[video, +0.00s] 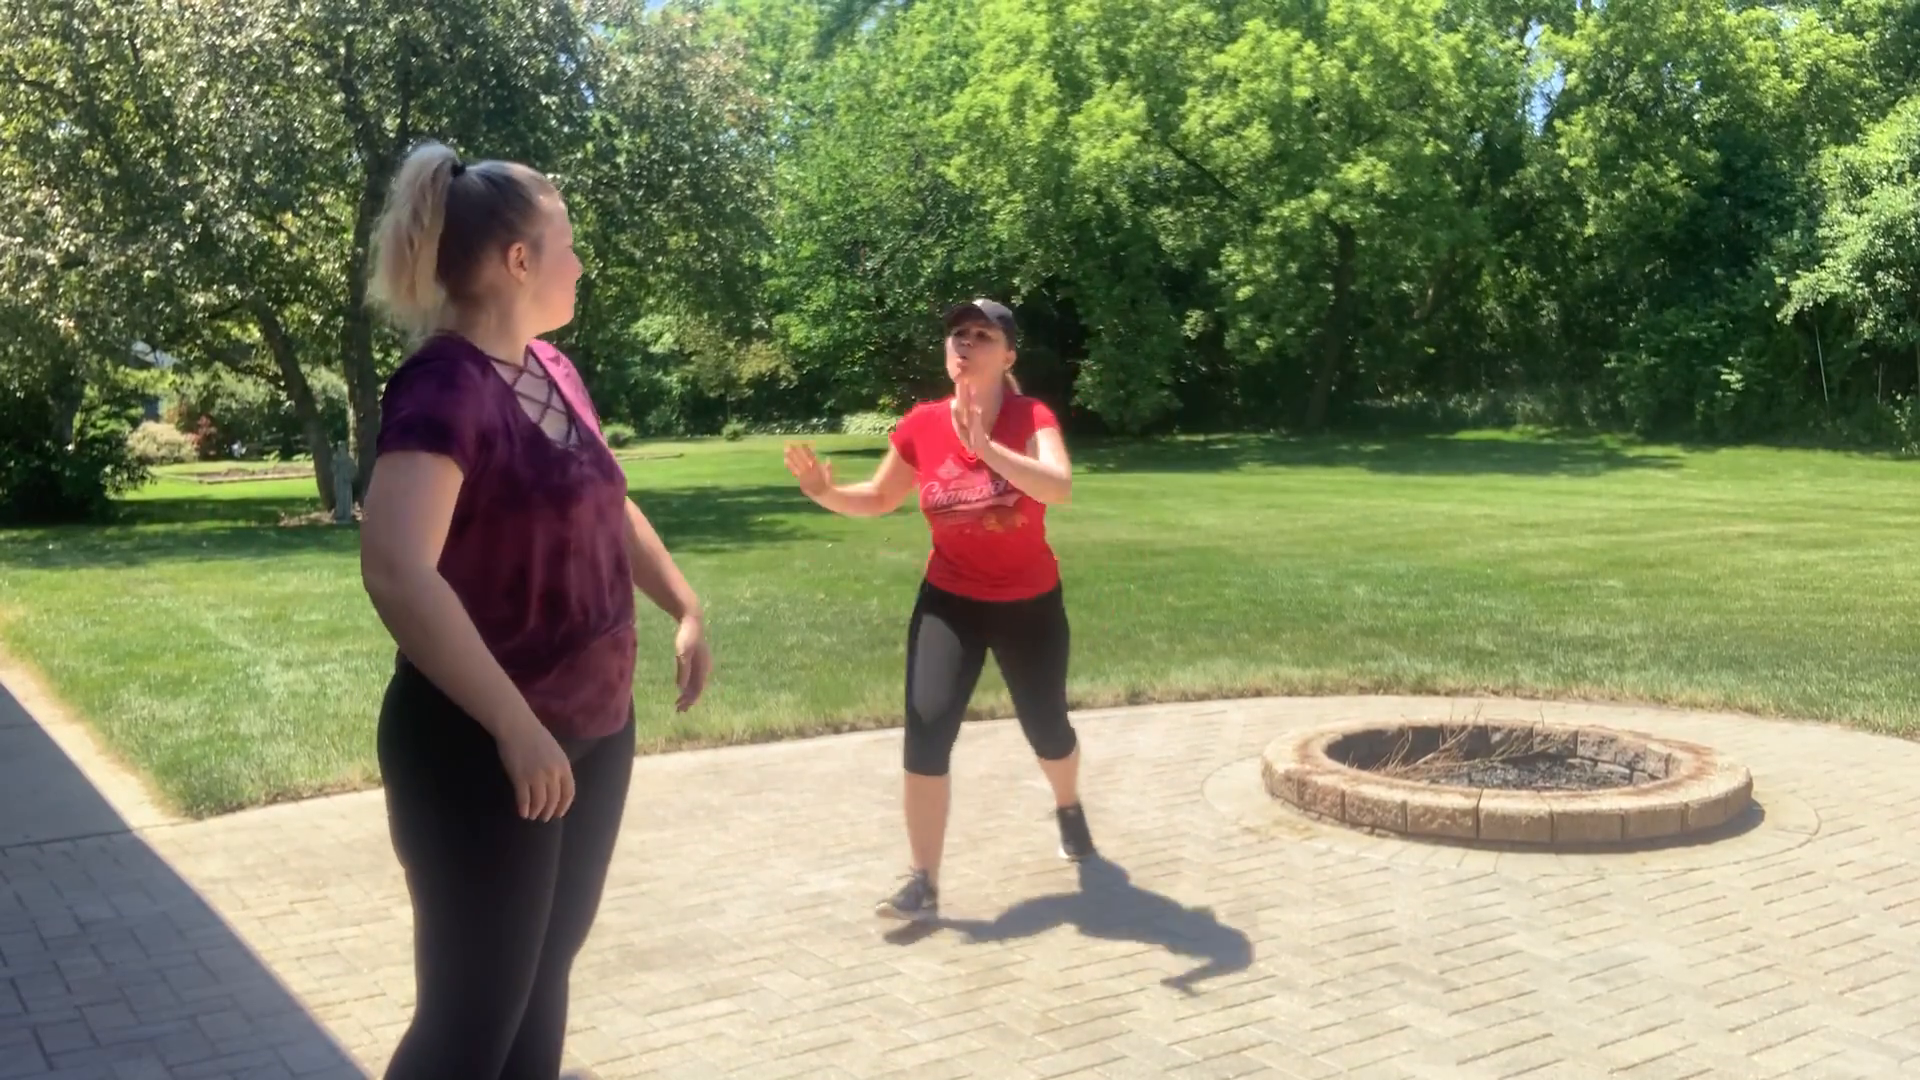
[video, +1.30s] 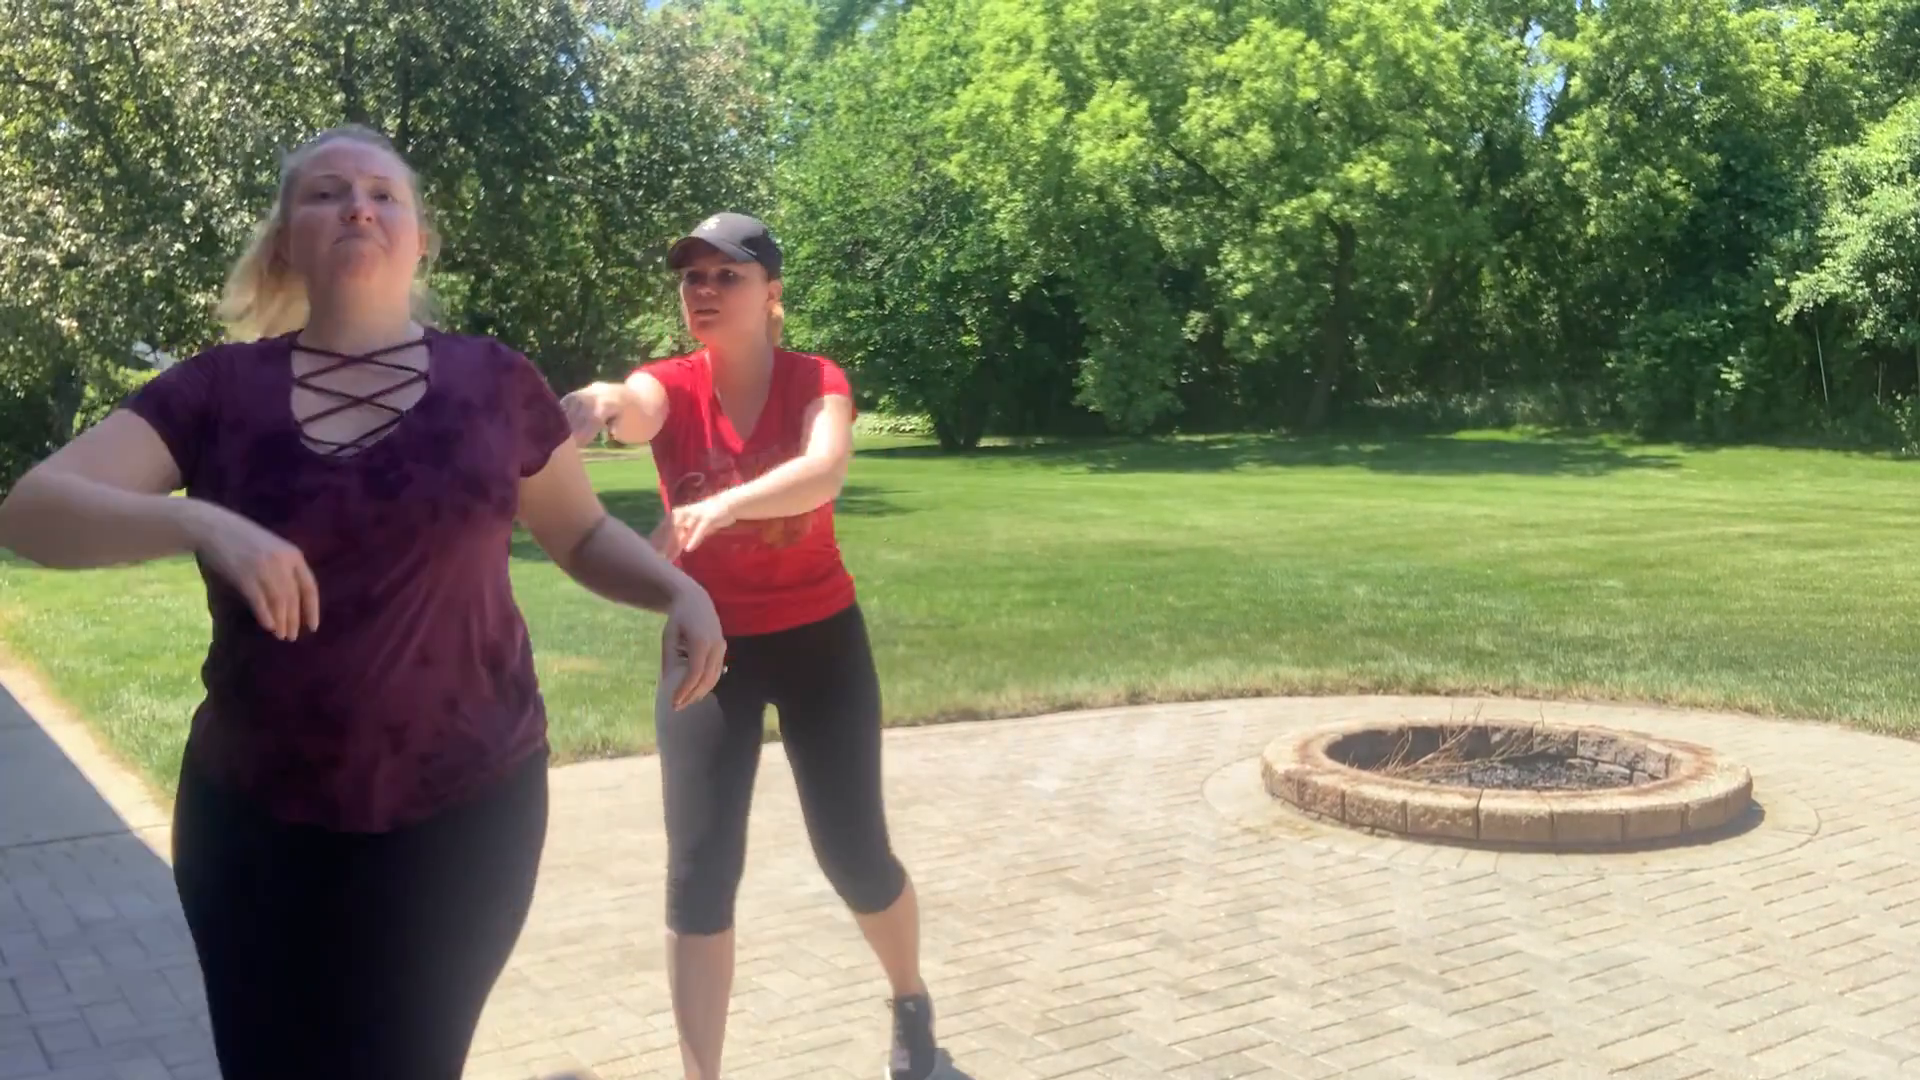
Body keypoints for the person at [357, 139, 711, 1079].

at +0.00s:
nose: (579, 259)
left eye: (572, 240)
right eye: (565, 242)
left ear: (514, 262)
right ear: (517, 261)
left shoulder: (553, 365)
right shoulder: (447, 384)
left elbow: (607, 504)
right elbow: (395, 566)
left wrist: (685, 604)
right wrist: (519, 726)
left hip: (588, 732)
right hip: (482, 744)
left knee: (542, 991)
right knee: (468, 1024)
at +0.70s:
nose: (604, 275)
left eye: (606, 254)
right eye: (581, 254)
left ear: (603, 258)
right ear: (504, 260)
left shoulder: (593, 371)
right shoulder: (443, 370)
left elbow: (606, 553)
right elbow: (388, 543)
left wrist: (674, 651)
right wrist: (449, 645)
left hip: (573, 721)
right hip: (442, 719)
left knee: (541, 1005)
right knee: (459, 1011)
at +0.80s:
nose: (560, 280)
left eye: (571, 259)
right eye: (536, 257)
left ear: (583, 265)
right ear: (466, 257)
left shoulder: (579, 385)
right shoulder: (411, 363)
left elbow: (586, 568)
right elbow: (315, 519)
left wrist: (683, 639)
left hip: (568, 729)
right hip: (427, 728)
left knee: (530, 1015)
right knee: (440, 1024)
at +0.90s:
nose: (511, 267)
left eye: (530, 250)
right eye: (485, 246)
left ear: (551, 274)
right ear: (432, 262)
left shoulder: (568, 399)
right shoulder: (370, 363)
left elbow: (584, 575)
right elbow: (243, 507)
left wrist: (680, 615)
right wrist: (317, 419)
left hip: (550, 747)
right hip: (389, 743)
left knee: (534, 1036)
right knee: (417, 1038)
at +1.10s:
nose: (425, 217)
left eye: (447, 209)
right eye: (397, 202)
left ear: (471, 251)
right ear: (347, 237)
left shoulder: (517, 383)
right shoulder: (284, 352)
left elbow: (561, 560)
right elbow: (108, 434)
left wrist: (651, 590)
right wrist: (295, 380)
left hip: (506, 764)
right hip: (320, 769)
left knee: (509, 1054)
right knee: (364, 1056)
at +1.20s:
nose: (381, 201)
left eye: (405, 194)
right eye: (351, 189)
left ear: (435, 245)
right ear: (304, 236)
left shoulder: (499, 374)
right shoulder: (248, 364)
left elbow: (553, 544)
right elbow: (51, 437)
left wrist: (652, 583)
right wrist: (259, 417)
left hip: (489, 775)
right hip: (295, 781)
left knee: (448, 1052)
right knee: (336, 1054)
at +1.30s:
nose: (358, 204)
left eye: (384, 195)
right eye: (327, 194)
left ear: (421, 246)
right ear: (284, 245)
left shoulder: (497, 382)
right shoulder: (220, 385)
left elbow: (581, 530)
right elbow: (30, 512)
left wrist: (681, 587)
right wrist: (200, 522)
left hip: (460, 797)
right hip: (259, 798)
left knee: (414, 1061)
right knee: (271, 1064)